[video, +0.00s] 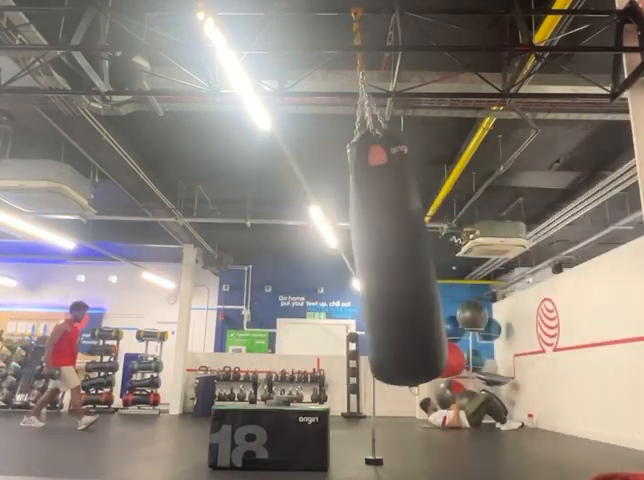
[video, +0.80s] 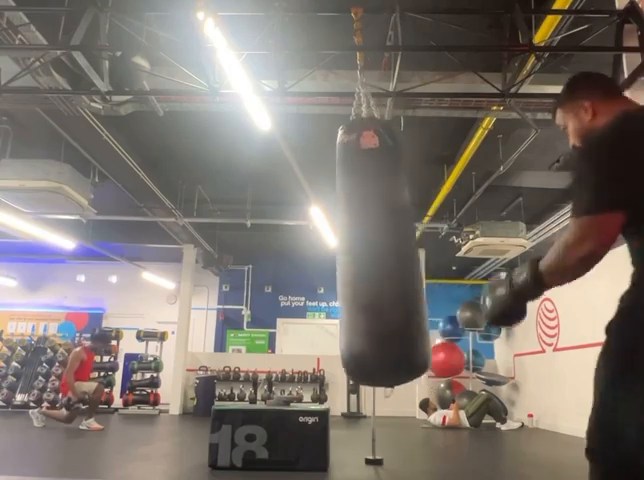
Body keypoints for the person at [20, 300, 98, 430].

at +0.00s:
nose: (83, 315)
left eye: (84, 312)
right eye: (82, 312)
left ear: (81, 313)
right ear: (74, 311)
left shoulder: (76, 328)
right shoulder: (62, 326)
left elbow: (71, 347)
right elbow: (49, 344)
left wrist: (73, 365)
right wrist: (48, 365)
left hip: (68, 364)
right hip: (61, 364)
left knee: (52, 391)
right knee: (75, 387)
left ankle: (31, 416)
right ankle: (81, 418)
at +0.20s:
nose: (94, 327)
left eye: (95, 324)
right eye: (93, 323)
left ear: (91, 323)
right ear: (86, 322)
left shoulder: (85, 337)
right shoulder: (72, 336)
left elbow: (80, 356)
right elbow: (60, 354)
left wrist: (82, 370)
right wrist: (59, 374)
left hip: (78, 369)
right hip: (69, 368)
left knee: (64, 402)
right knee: (91, 386)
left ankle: (34, 414)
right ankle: (87, 420)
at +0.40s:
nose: (98, 338)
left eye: (99, 335)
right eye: (97, 335)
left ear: (96, 334)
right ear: (92, 332)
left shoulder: (89, 346)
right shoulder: (78, 345)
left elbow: (83, 364)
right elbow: (66, 362)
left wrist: (87, 375)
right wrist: (66, 381)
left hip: (82, 377)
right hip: (73, 377)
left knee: (66, 410)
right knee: (95, 388)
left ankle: (37, 413)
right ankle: (89, 420)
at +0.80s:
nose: (103, 349)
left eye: (105, 346)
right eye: (103, 345)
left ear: (99, 344)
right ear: (96, 342)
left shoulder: (91, 354)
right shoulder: (78, 352)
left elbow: (85, 375)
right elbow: (69, 373)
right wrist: (75, 394)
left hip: (80, 385)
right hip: (72, 385)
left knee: (67, 418)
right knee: (98, 388)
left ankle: (40, 412)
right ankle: (88, 420)